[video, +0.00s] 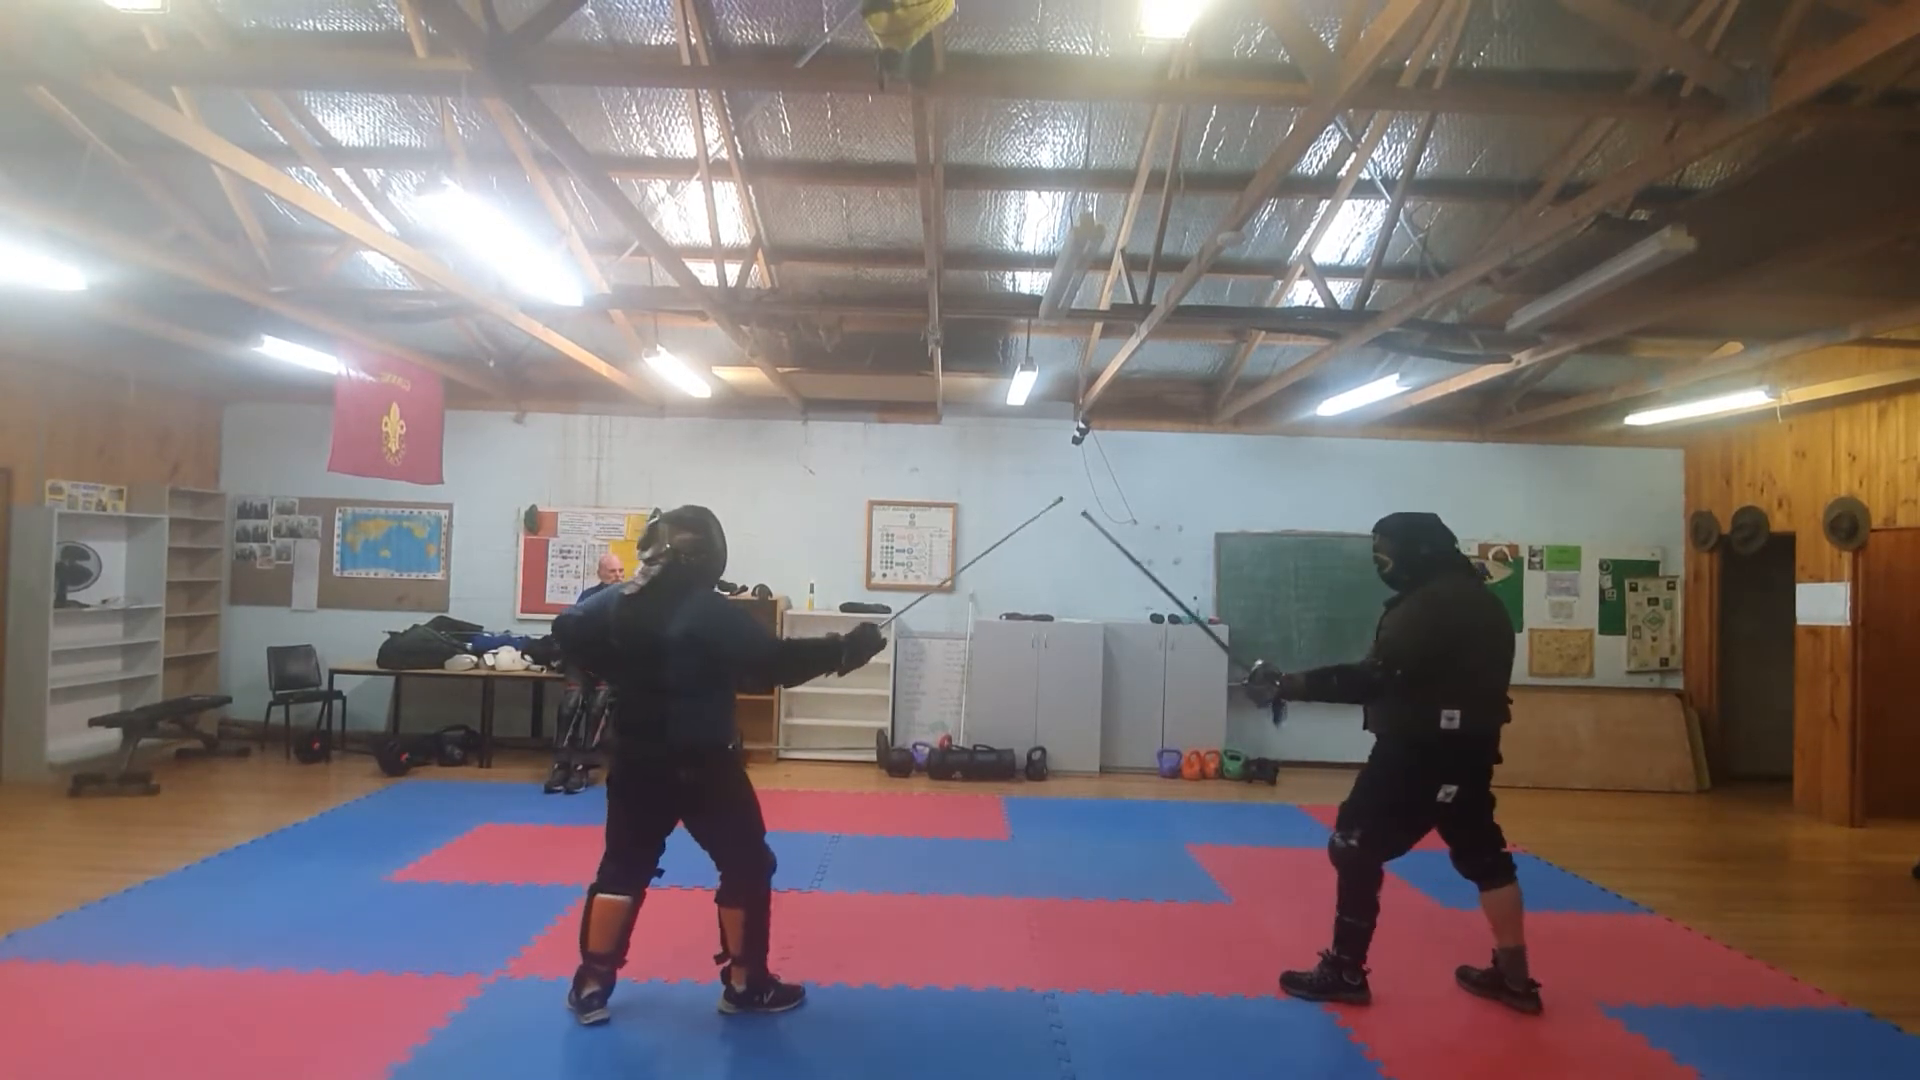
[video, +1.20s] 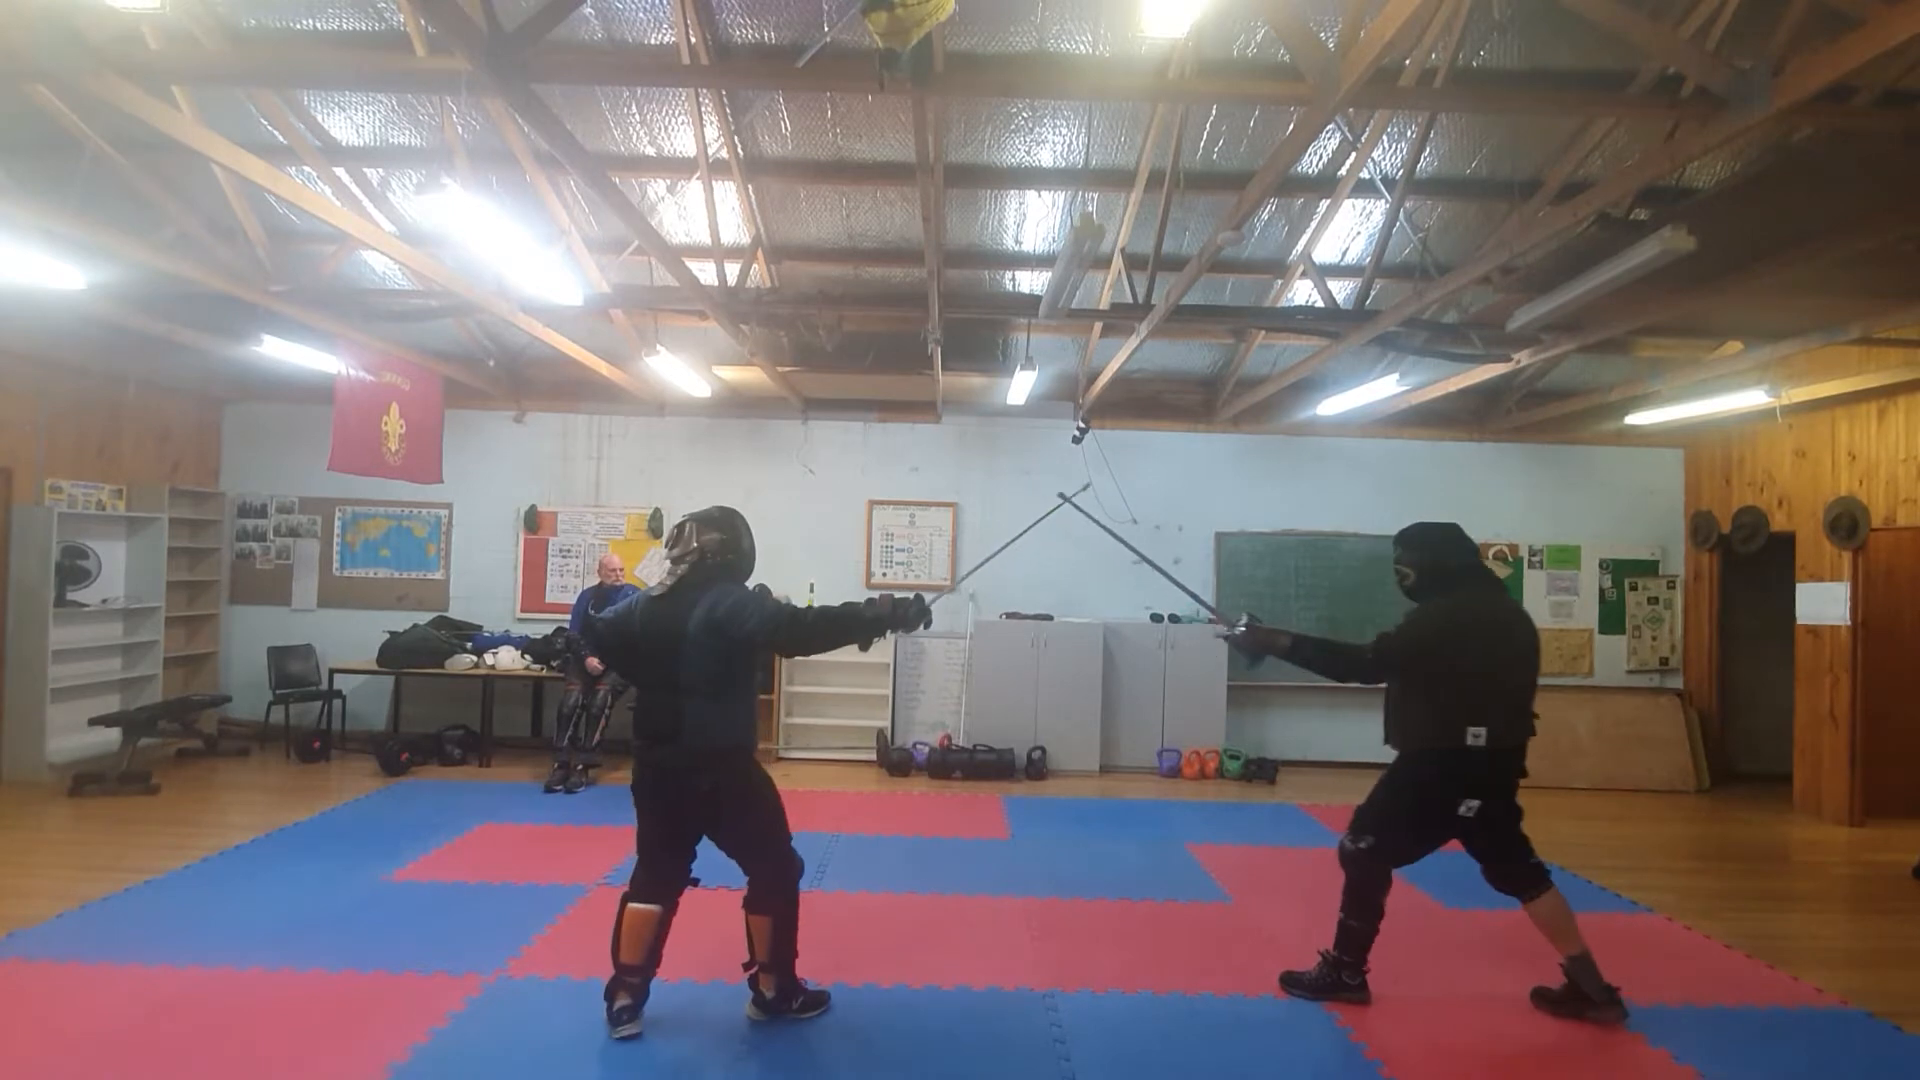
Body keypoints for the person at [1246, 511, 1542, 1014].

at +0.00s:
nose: (1380, 567)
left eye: (1385, 556)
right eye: (1377, 557)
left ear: (1413, 553)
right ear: (1434, 550)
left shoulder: (1416, 607)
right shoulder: (1487, 602)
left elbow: (1378, 679)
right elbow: (1488, 689)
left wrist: (1290, 685)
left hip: (1410, 756)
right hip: (1470, 755)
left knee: (1356, 845)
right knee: (1485, 855)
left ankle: (1345, 969)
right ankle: (1513, 973)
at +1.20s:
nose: (1401, 578)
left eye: (1406, 567)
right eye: (1399, 568)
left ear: (1435, 564)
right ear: (1458, 562)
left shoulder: (1440, 617)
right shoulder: (1512, 616)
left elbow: (1369, 665)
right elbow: (1511, 703)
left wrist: (1281, 643)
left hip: (1432, 768)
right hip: (1494, 771)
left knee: (1364, 851)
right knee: (1518, 869)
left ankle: (1345, 970)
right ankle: (1589, 984)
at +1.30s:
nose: (1419, 578)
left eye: (1424, 567)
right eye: (1417, 568)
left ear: (1454, 564)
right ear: (1480, 561)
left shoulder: (1460, 616)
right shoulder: (1532, 613)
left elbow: (1390, 668)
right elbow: (1534, 701)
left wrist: (1298, 647)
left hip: (1457, 765)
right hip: (1519, 765)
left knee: (1391, 855)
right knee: (1538, 870)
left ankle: (1350, 968)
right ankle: (1596, 991)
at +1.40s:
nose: (1437, 576)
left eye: (1442, 565)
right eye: (1435, 566)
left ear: (1471, 559)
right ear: (1498, 556)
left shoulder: (1478, 612)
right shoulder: (1548, 608)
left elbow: (1407, 667)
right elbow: (1546, 690)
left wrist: (1318, 651)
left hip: (1473, 760)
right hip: (1535, 759)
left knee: (1408, 855)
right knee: (1544, 867)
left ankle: (1360, 967)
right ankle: (1598, 992)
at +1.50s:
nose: (1450, 577)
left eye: (1455, 565)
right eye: (1447, 566)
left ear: (1485, 559)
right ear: (1512, 555)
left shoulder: (1486, 613)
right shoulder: (1562, 610)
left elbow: (1417, 666)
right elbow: (1563, 698)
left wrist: (1328, 649)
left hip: (1478, 763)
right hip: (1541, 763)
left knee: (1409, 849)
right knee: (1552, 869)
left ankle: (1396, 978)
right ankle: (1600, 993)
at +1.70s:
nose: (1450, 573)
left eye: (1456, 561)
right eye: (1447, 562)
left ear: (1490, 558)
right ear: (1513, 554)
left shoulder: (1487, 613)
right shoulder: (1562, 610)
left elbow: (1419, 667)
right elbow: (1561, 698)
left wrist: (1330, 648)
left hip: (1479, 760)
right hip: (1538, 761)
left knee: (1417, 855)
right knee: (1549, 869)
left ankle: (1431, 989)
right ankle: (1600, 993)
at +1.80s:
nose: (1443, 572)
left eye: (1450, 560)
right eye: (1441, 561)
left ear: (1486, 557)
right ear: (1506, 556)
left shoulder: (1488, 611)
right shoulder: (1553, 607)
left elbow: (1410, 661)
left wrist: (1322, 643)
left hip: (1476, 759)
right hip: (1532, 759)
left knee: (1413, 855)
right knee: (1545, 868)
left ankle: (1430, 989)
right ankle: (1599, 993)